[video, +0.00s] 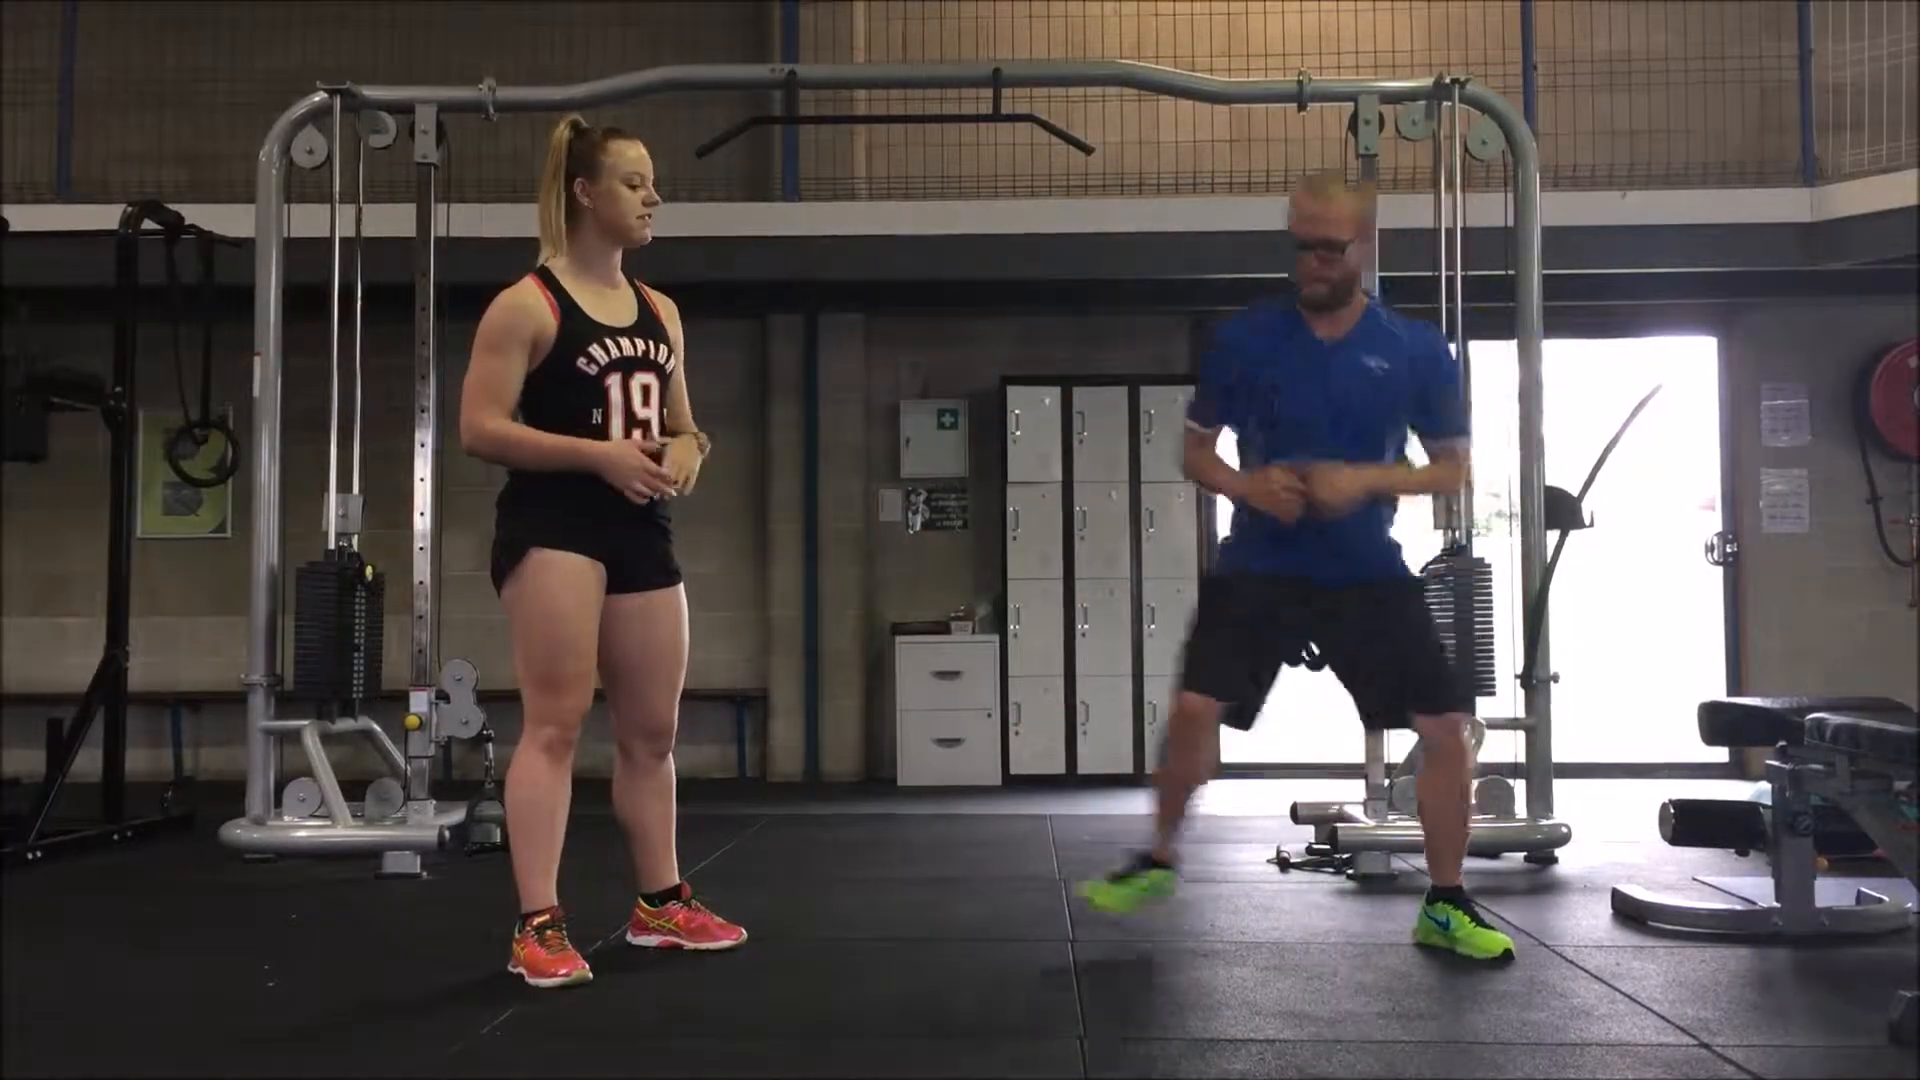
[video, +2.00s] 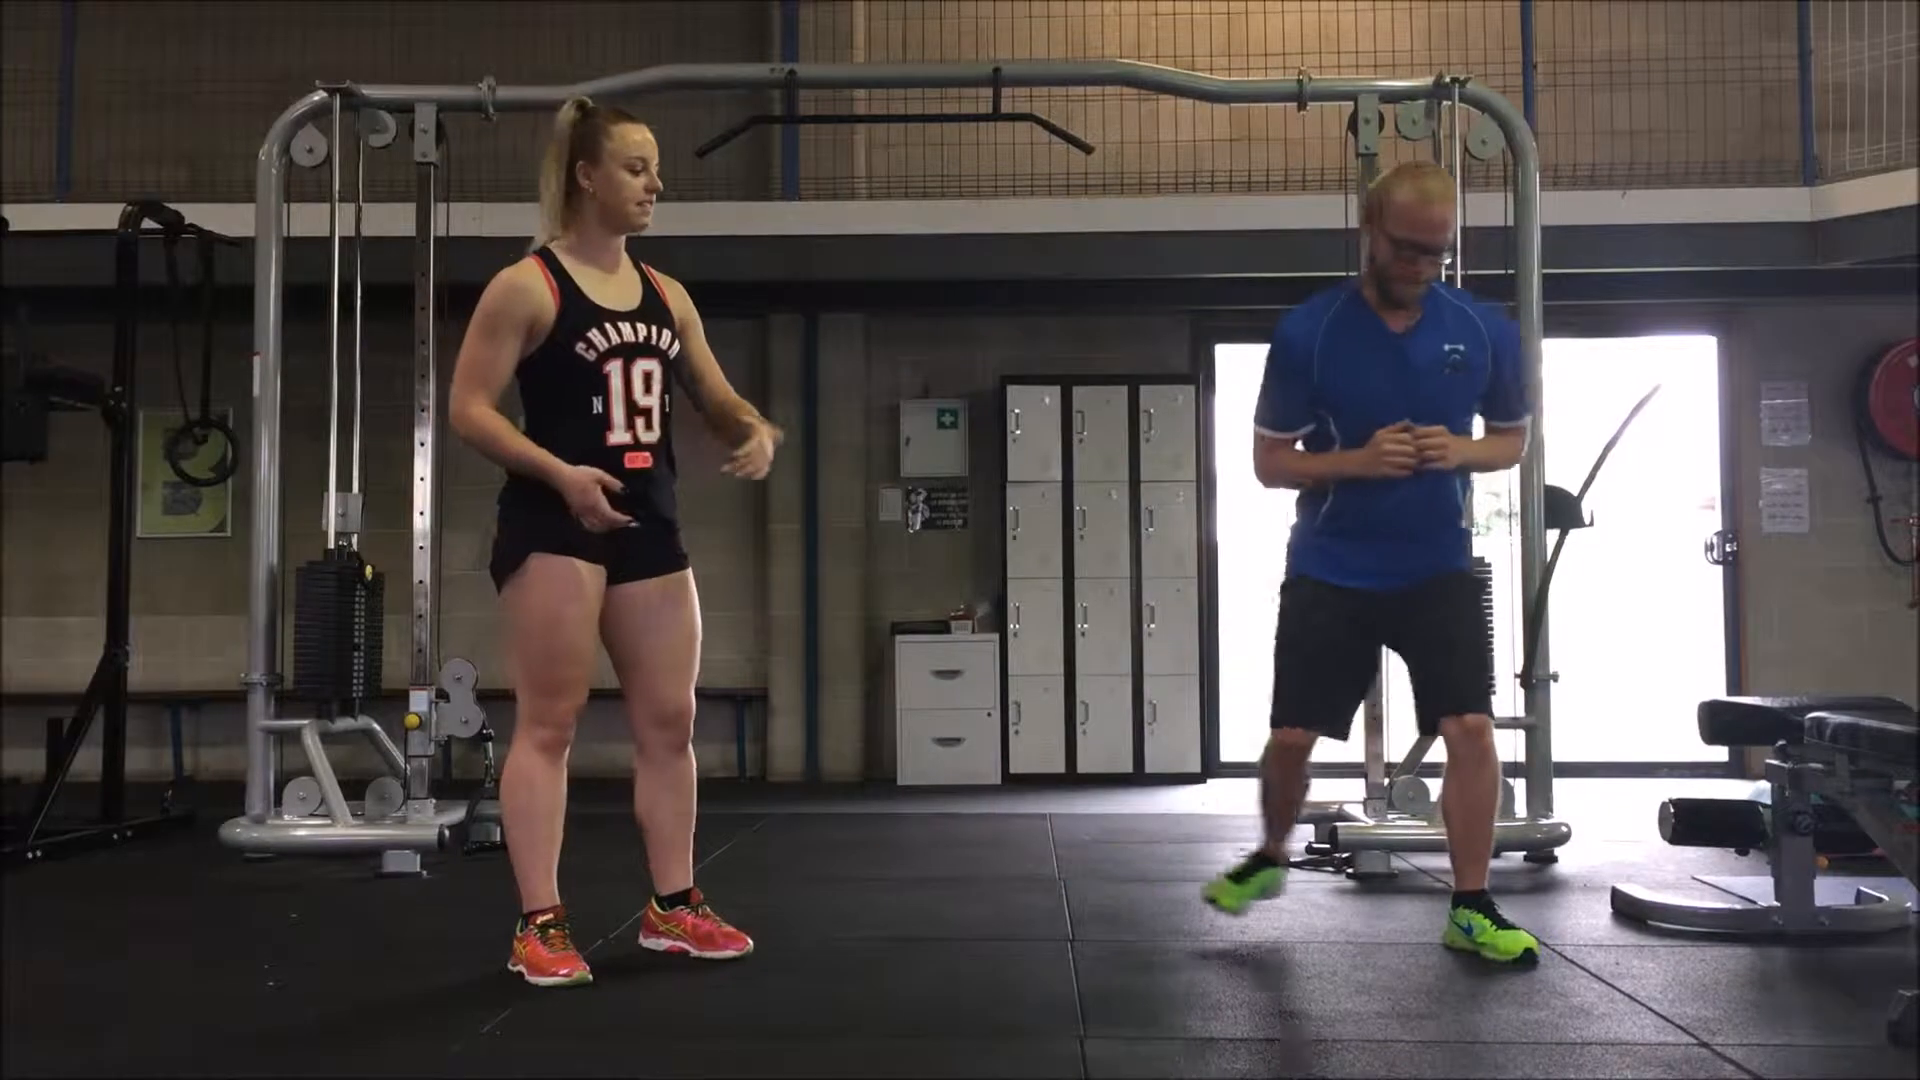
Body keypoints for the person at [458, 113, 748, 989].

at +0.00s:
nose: (652, 198)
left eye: (653, 185)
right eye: (636, 184)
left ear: (624, 200)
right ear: (584, 192)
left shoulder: (658, 311)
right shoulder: (524, 307)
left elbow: (682, 426)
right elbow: (480, 428)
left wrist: (687, 452)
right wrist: (597, 454)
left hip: (642, 534)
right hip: (555, 533)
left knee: (650, 735)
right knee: (553, 727)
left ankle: (662, 903)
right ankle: (538, 926)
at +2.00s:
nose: (654, 184)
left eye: (656, 170)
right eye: (637, 169)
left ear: (638, 182)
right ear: (586, 176)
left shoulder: (665, 294)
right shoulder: (524, 288)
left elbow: (717, 399)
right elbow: (468, 410)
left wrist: (756, 432)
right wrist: (557, 471)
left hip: (650, 529)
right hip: (555, 528)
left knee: (670, 724)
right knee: (548, 725)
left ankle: (673, 905)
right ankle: (539, 925)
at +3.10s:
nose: (643, 187)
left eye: (656, 174)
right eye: (624, 173)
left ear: (669, 192)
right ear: (590, 187)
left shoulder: (679, 301)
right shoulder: (552, 290)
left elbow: (674, 426)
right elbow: (499, 411)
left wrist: (717, 510)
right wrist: (592, 488)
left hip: (671, 533)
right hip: (577, 531)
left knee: (682, 725)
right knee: (551, 725)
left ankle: (672, 905)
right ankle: (538, 921)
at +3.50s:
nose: (638, 187)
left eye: (650, 173)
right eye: (619, 172)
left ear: (664, 189)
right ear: (582, 186)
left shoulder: (687, 302)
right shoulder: (541, 295)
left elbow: (705, 419)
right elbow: (495, 417)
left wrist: (703, 513)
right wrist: (588, 479)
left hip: (666, 534)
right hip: (567, 530)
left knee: (683, 725)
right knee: (546, 726)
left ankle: (674, 906)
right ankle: (538, 924)